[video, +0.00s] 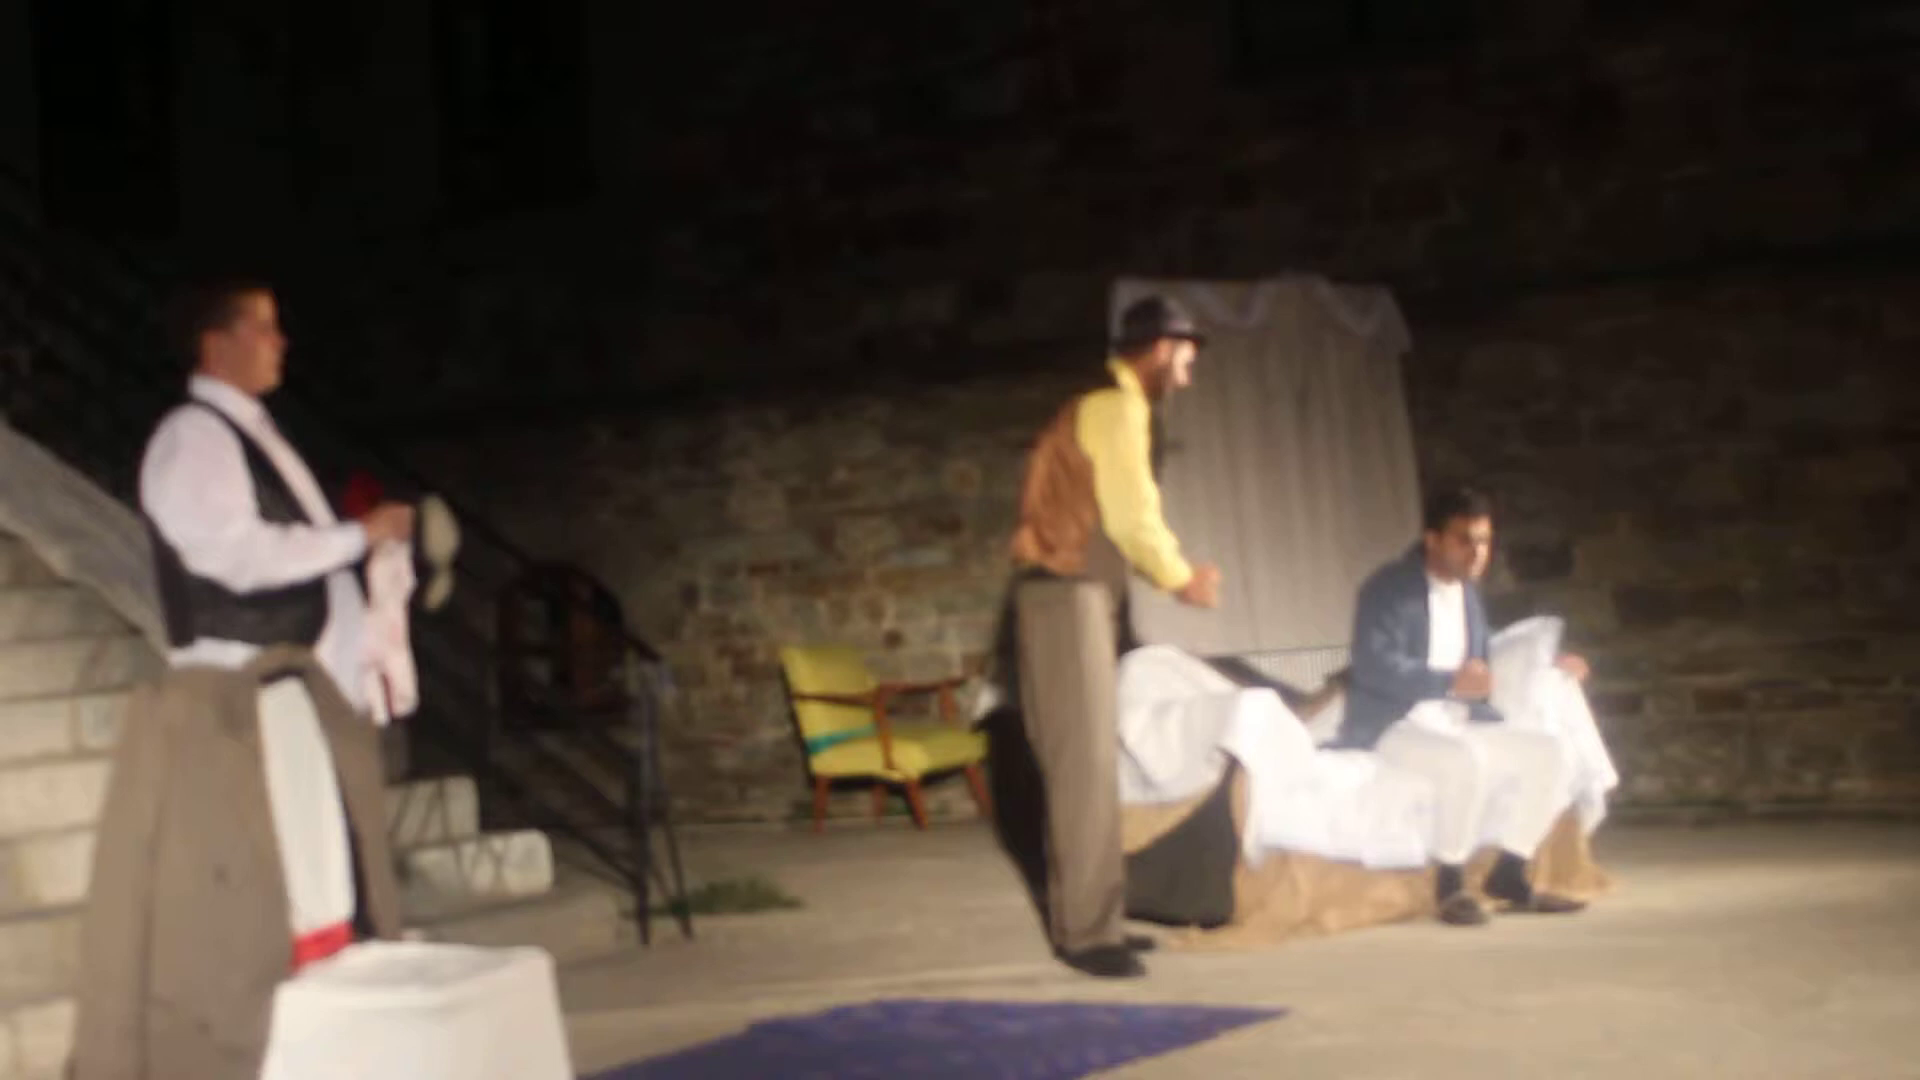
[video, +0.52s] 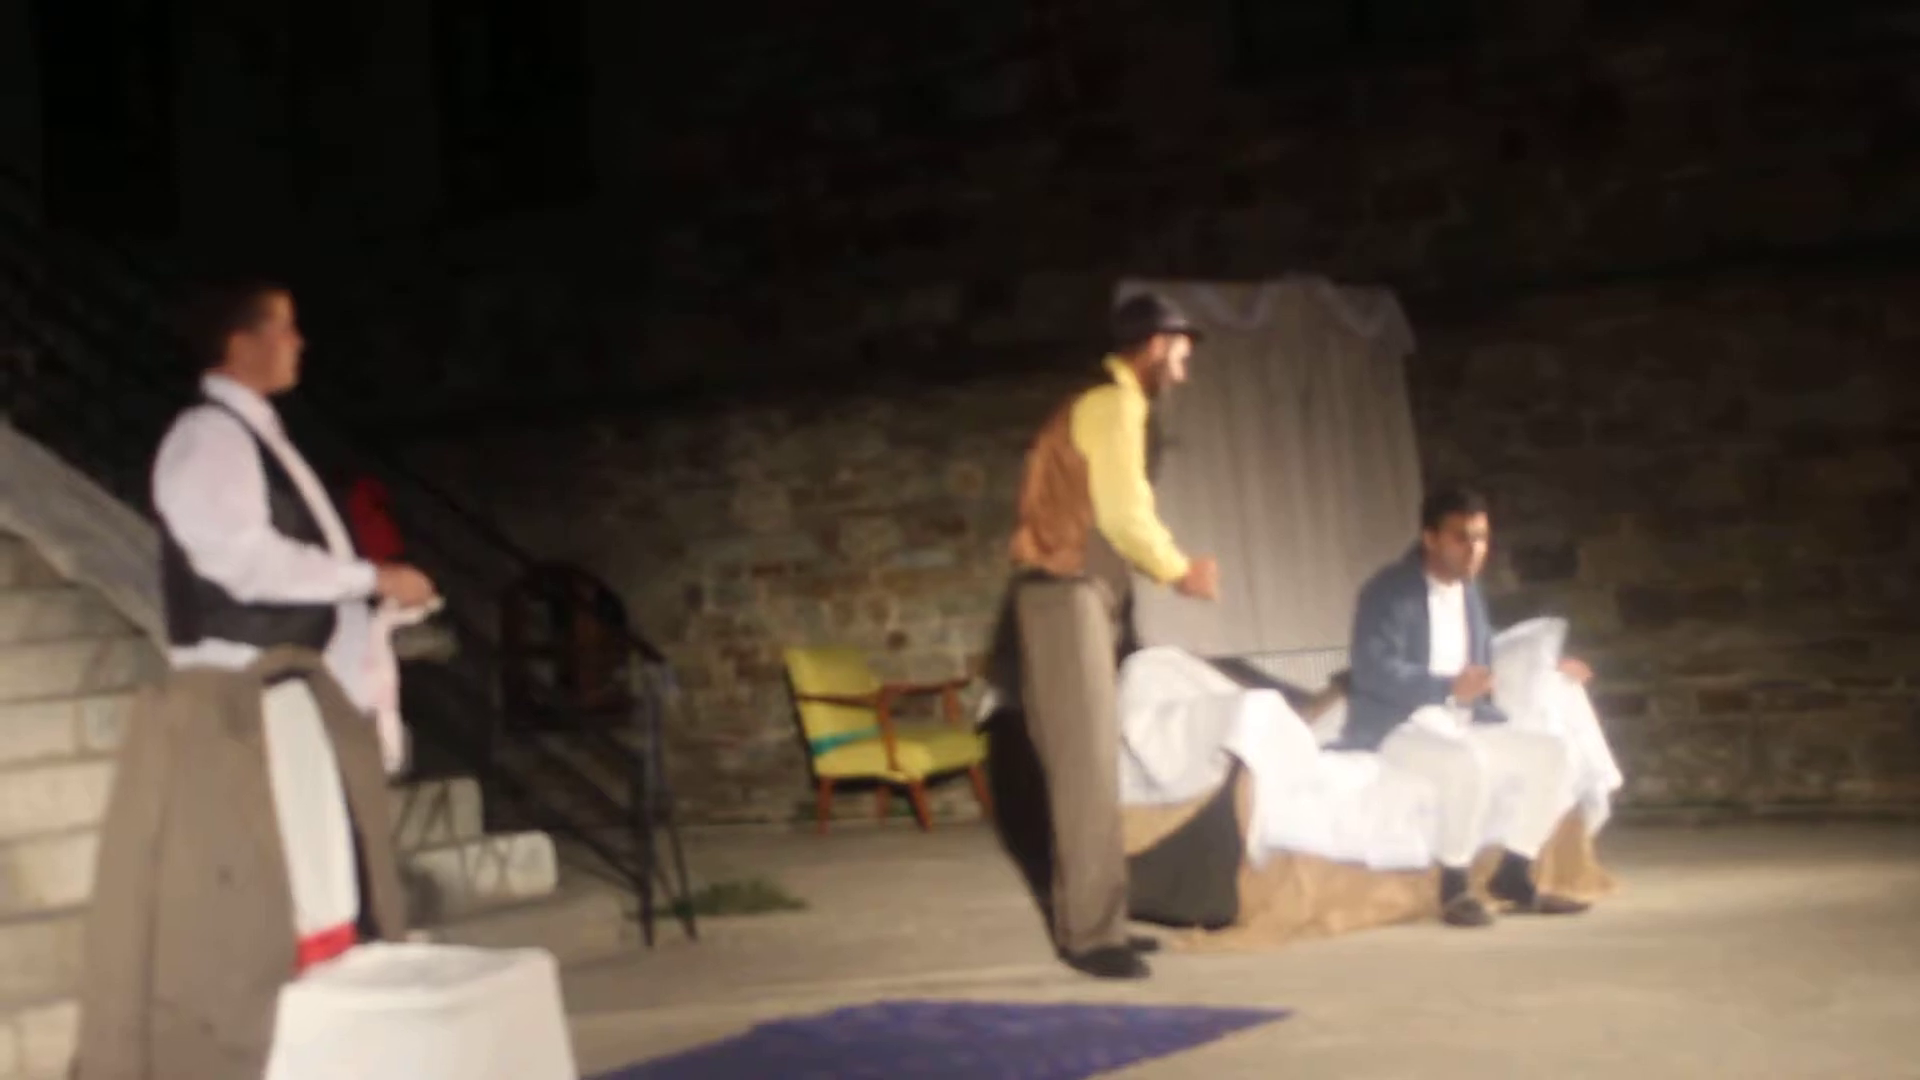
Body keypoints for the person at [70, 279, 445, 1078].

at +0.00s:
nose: (279, 344)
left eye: (277, 329)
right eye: (263, 330)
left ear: (240, 345)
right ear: (214, 344)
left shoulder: (261, 435)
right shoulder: (191, 436)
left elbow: (287, 565)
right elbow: (233, 557)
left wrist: (388, 564)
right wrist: (359, 537)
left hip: (297, 693)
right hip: (240, 703)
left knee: (329, 878)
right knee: (276, 884)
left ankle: (340, 1038)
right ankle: (278, 1045)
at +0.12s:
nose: (281, 343)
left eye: (278, 329)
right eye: (264, 329)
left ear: (240, 347)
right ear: (216, 345)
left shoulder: (263, 435)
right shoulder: (191, 438)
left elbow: (295, 567)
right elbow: (233, 559)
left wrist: (384, 579)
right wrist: (360, 543)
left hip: (300, 696)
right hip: (237, 706)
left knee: (331, 887)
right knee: (269, 893)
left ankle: (338, 1042)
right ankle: (272, 1051)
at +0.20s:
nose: (283, 343)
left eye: (280, 329)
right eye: (267, 329)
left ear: (239, 346)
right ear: (221, 344)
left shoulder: (260, 433)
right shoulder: (194, 438)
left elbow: (294, 563)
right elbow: (236, 559)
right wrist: (361, 550)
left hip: (298, 692)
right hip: (241, 702)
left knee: (333, 886)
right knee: (284, 892)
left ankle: (340, 1042)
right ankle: (287, 1049)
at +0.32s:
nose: (288, 342)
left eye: (283, 327)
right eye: (272, 328)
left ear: (241, 345)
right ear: (225, 344)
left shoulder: (264, 437)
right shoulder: (197, 437)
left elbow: (308, 576)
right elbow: (242, 562)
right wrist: (370, 560)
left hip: (300, 694)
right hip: (243, 703)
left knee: (332, 879)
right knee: (279, 885)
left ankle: (342, 1040)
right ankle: (279, 1046)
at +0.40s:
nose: (291, 342)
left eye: (288, 328)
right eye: (276, 329)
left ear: (246, 347)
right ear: (229, 345)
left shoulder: (262, 435)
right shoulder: (202, 438)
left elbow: (286, 567)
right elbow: (241, 563)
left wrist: (379, 587)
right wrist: (371, 572)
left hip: (298, 693)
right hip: (246, 702)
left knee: (330, 882)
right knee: (289, 888)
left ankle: (337, 1041)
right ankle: (287, 1047)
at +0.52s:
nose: (297, 342)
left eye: (294, 328)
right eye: (282, 328)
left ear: (252, 347)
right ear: (237, 344)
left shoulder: (264, 436)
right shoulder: (208, 437)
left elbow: (289, 577)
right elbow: (240, 564)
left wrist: (381, 601)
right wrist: (369, 580)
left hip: (297, 696)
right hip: (247, 704)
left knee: (330, 882)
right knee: (287, 887)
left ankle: (336, 1041)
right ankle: (291, 1047)